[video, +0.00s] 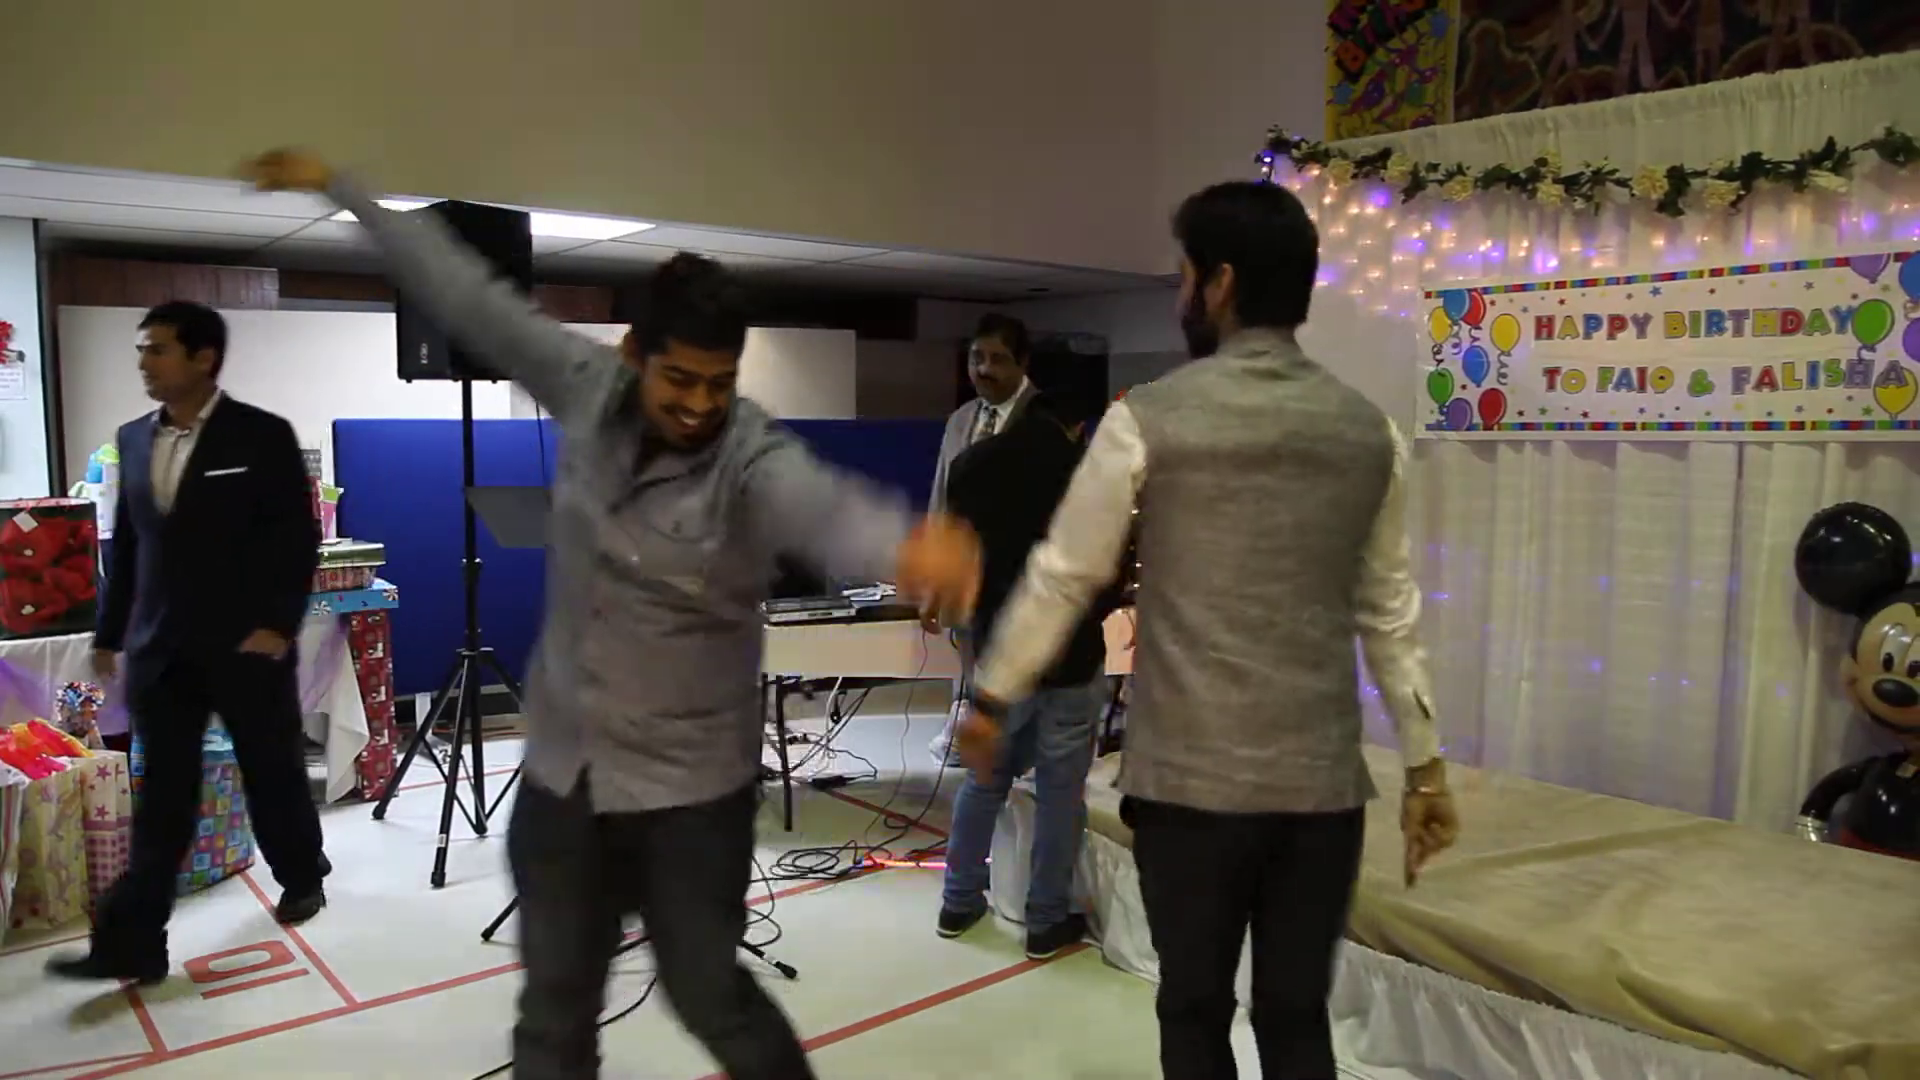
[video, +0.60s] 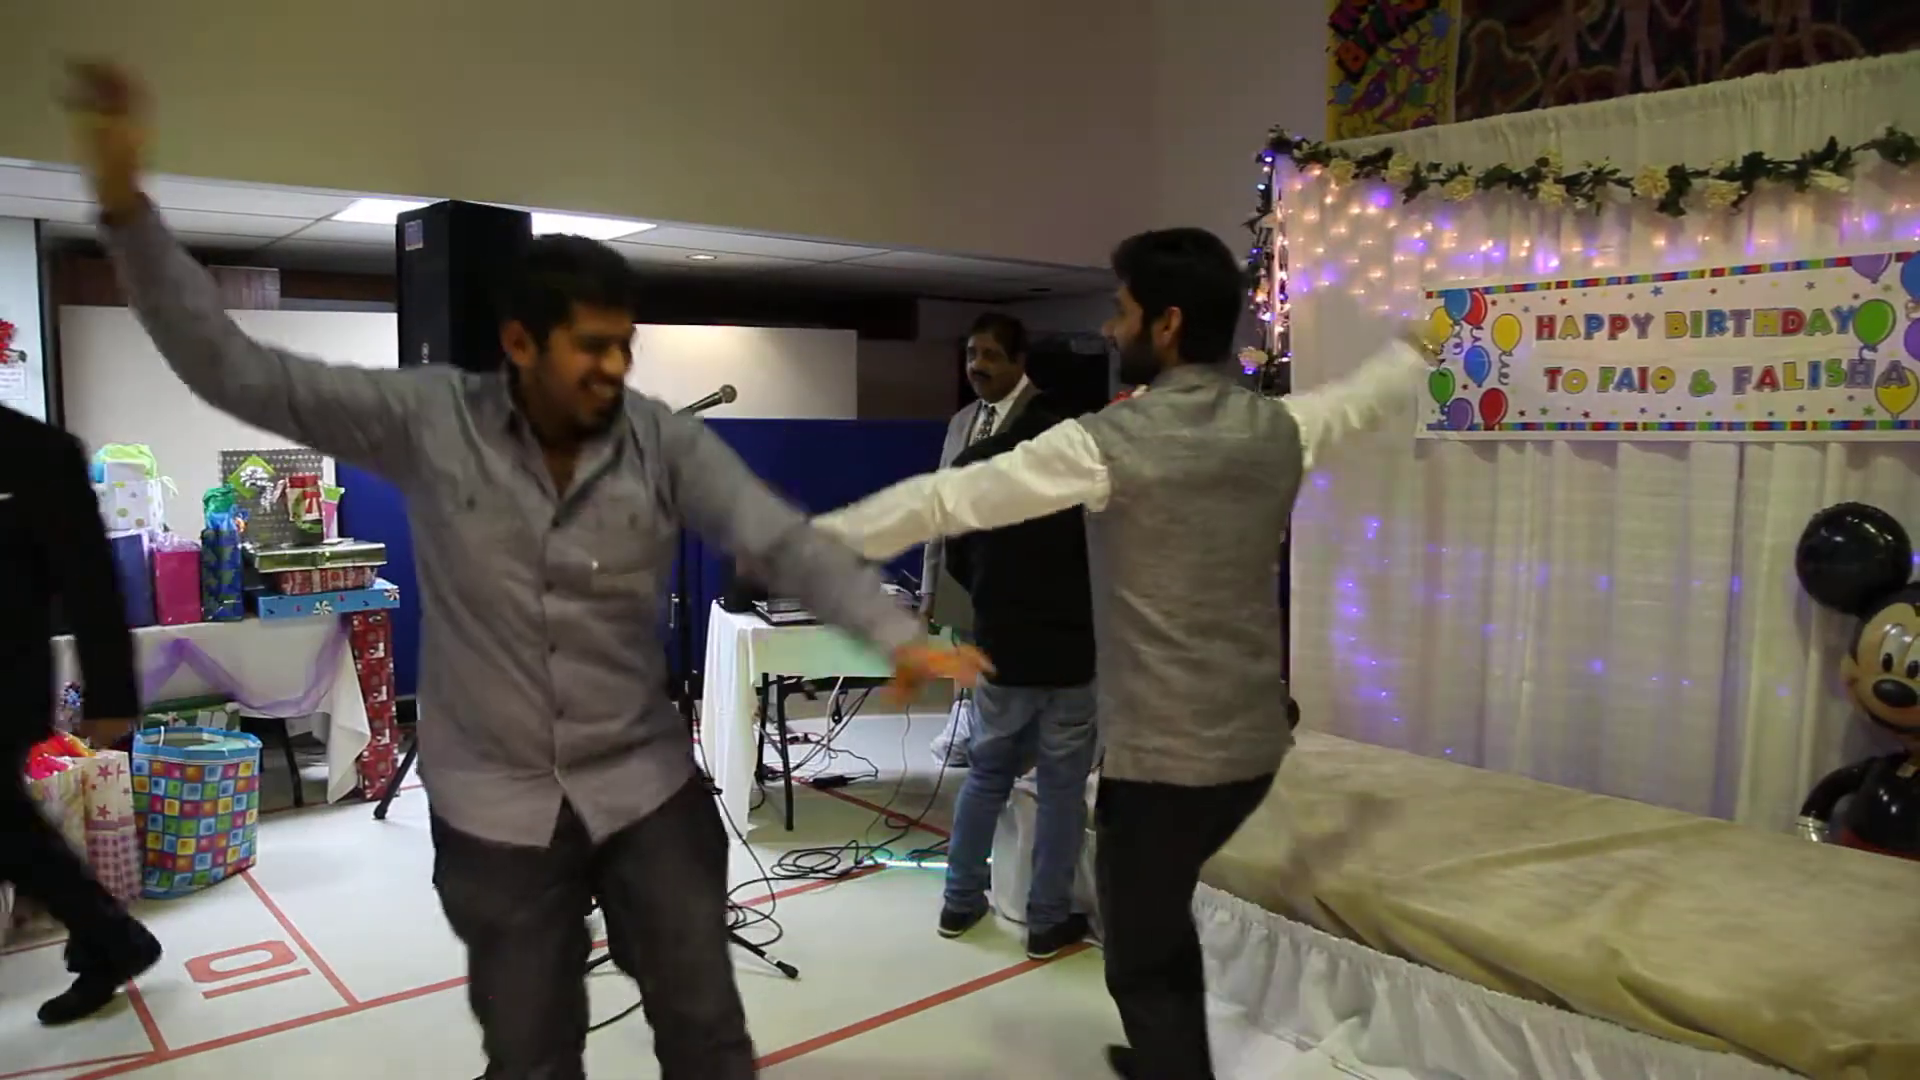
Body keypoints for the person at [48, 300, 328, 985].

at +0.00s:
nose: (143, 362)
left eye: (156, 350)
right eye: (141, 351)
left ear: (204, 358)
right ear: (159, 361)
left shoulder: (265, 436)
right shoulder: (135, 440)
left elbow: (299, 539)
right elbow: (122, 546)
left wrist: (279, 622)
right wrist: (107, 636)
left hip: (246, 643)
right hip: (162, 647)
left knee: (272, 770)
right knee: (163, 796)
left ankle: (303, 878)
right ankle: (135, 944)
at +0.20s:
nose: (69, 360)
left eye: (81, 346)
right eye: (66, 347)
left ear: (132, 349)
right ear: (79, 353)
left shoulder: (198, 433)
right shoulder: (67, 435)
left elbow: (229, 545)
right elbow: (50, 546)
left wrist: (229, 644)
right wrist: (28, 640)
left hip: (161, 656)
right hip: (78, 660)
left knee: (199, 783)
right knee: (97, 817)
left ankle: (267, 856)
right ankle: (123, 956)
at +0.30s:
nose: (25, 357)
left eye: (39, 343)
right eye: (22, 344)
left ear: (93, 344)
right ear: (27, 348)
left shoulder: (163, 430)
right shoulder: (21, 434)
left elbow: (199, 545)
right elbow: (10, 548)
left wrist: (200, 650)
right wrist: (9, 637)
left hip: (124, 656)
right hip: (39, 656)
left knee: (128, 795)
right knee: (72, 815)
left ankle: (207, 884)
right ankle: (121, 957)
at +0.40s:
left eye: (5, 342)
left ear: (49, 343)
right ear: (37, 346)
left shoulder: (123, 433)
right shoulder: (7, 432)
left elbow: (170, 550)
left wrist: (178, 656)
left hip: (76, 665)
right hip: (13, 666)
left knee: (78, 819)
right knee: (62, 818)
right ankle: (121, 953)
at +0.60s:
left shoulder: (38, 451)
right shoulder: (39, 449)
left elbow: (91, 581)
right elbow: (91, 581)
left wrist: (110, 699)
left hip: (13, 686)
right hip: (12, 686)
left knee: (9, 821)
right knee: (10, 821)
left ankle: (110, 938)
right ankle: (104, 939)